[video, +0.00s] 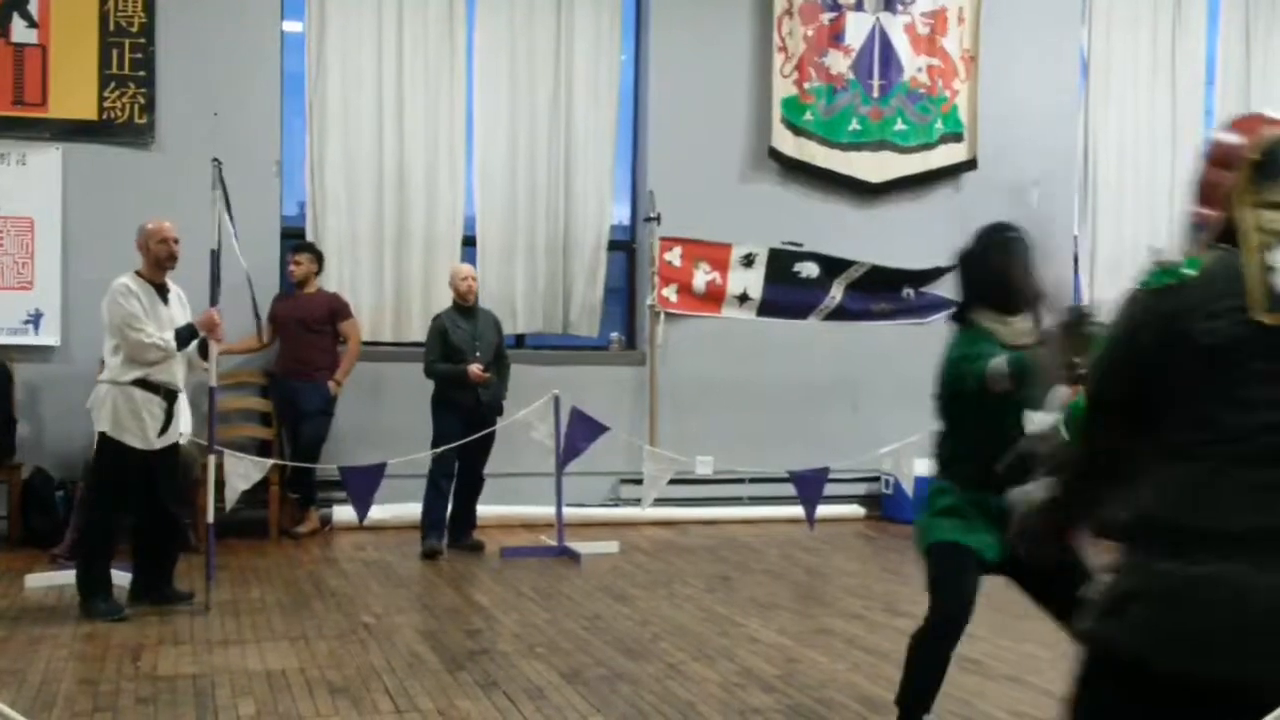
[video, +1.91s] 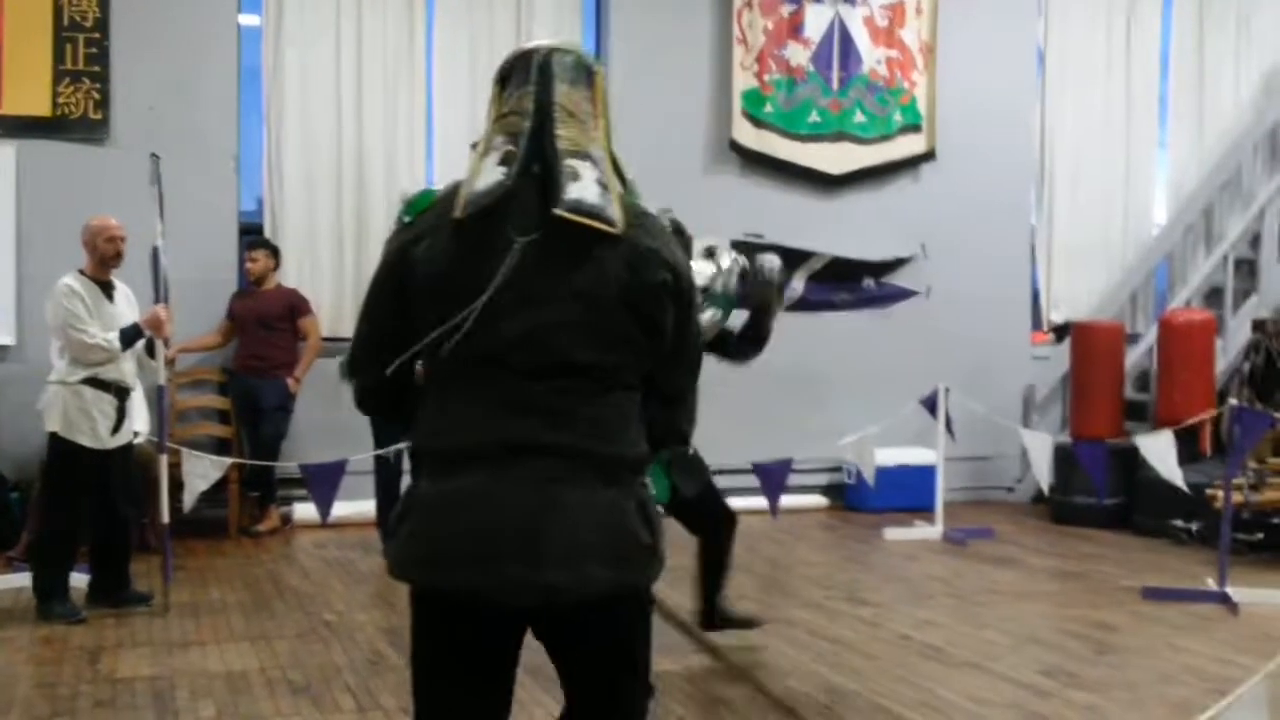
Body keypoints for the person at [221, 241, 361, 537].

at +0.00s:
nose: (292, 268)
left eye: (299, 263)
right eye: (291, 263)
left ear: (316, 267)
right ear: (289, 267)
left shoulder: (332, 302)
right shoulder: (281, 302)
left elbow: (354, 341)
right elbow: (263, 340)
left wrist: (338, 380)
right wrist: (224, 348)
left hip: (317, 385)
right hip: (285, 383)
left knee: (307, 449)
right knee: (293, 449)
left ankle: (308, 512)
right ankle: (305, 511)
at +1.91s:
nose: (249, 266)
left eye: (255, 260)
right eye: (247, 261)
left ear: (273, 263)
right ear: (246, 264)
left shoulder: (291, 298)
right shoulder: (240, 299)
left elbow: (314, 339)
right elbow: (221, 337)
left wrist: (297, 377)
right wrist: (181, 348)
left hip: (277, 382)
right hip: (243, 380)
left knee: (267, 445)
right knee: (251, 446)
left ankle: (269, 510)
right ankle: (266, 510)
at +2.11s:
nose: (238, 266)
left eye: (244, 261)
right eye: (236, 261)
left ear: (262, 263)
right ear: (235, 265)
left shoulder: (281, 299)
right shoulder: (229, 300)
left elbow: (303, 339)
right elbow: (210, 337)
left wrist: (286, 378)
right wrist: (169, 349)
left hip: (266, 382)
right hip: (232, 381)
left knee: (255, 446)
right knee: (241, 447)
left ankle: (258, 511)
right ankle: (255, 511)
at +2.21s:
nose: (216, 265)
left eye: (222, 260)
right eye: (214, 259)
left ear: (237, 263)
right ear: (211, 264)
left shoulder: (254, 299)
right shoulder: (208, 299)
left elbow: (277, 338)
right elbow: (186, 335)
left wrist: (260, 377)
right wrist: (145, 349)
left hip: (238, 381)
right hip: (206, 379)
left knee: (228, 445)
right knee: (211, 446)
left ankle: (231, 510)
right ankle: (218, 509)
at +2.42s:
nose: (176, 268)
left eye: (182, 262)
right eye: (174, 263)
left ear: (201, 266)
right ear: (172, 267)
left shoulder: (219, 300)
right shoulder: (168, 301)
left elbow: (242, 340)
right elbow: (148, 338)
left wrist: (225, 380)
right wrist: (107, 351)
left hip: (204, 384)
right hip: (170, 383)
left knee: (193, 449)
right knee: (175, 449)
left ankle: (196, 513)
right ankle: (186, 512)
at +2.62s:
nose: (143, 267)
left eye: (149, 262)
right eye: (141, 262)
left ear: (167, 265)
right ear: (139, 266)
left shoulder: (185, 301)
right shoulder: (135, 301)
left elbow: (209, 341)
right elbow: (114, 339)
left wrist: (192, 381)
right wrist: (72, 351)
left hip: (169, 384)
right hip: (135, 382)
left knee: (159, 448)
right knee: (140, 449)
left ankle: (162, 514)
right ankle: (147, 512)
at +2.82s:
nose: (105, 267)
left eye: (112, 261)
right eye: (103, 262)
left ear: (130, 264)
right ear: (102, 265)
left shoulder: (148, 301)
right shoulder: (98, 301)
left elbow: (174, 340)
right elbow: (76, 340)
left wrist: (156, 381)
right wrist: (33, 353)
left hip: (134, 385)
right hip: (100, 384)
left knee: (124, 451)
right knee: (107, 451)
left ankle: (129, 517)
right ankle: (121, 515)